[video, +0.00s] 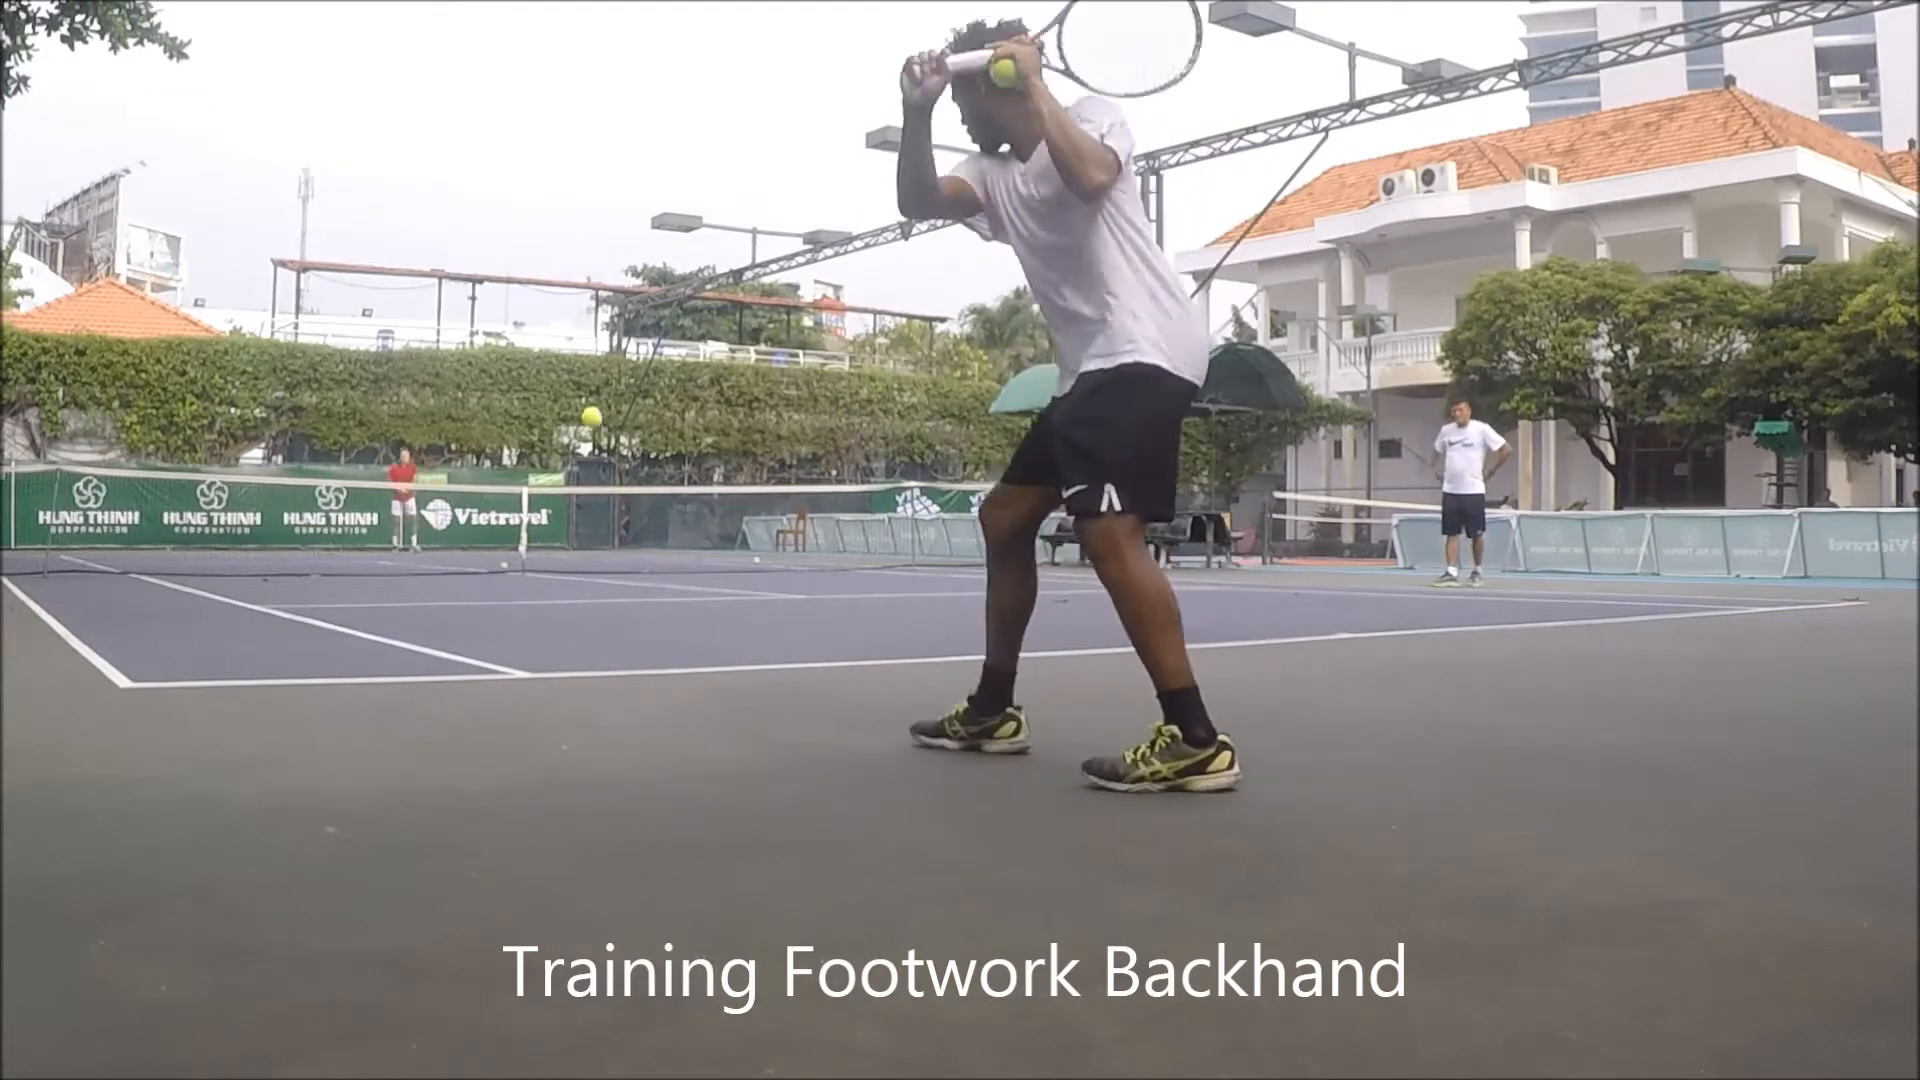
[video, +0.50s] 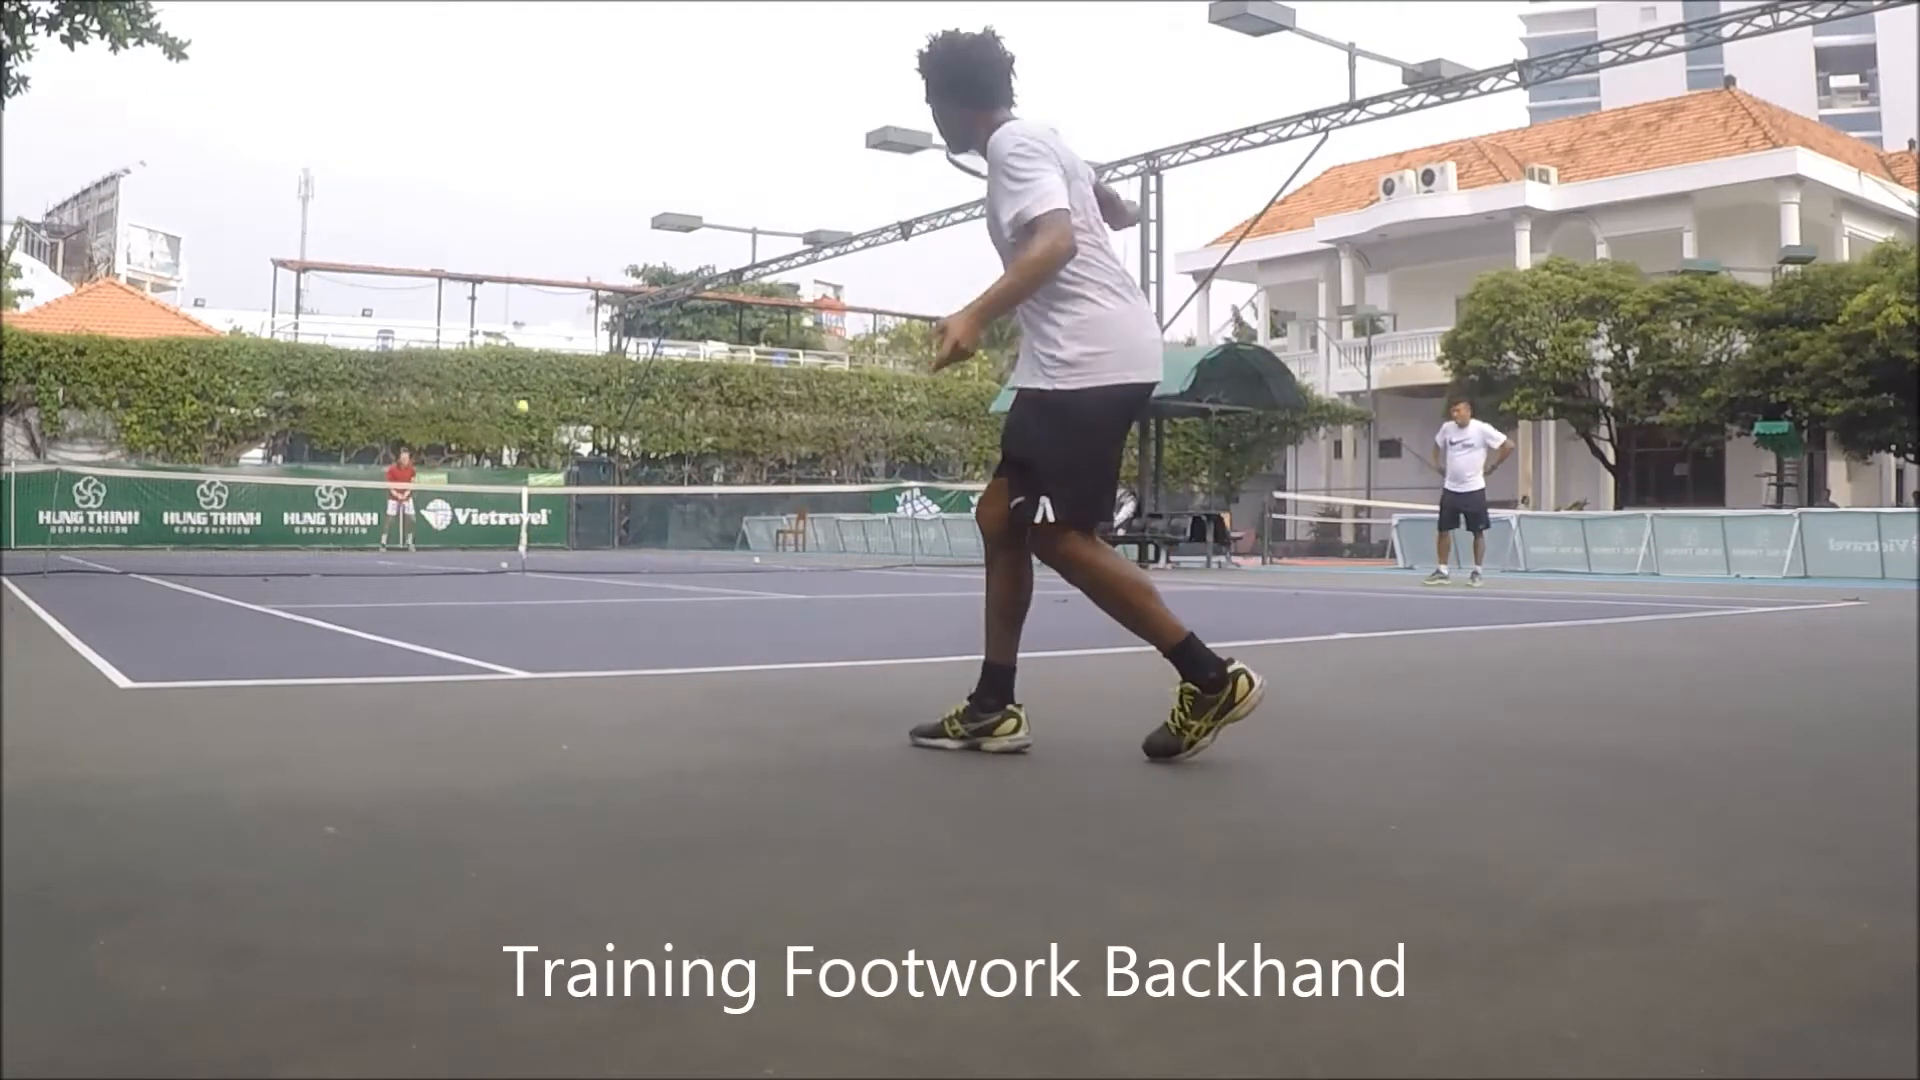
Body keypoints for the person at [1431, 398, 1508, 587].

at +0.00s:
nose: (1458, 414)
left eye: (1461, 410)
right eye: (1455, 411)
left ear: (1469, 411)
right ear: (1451, 414)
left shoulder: (1481, 428)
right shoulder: (1446, 430)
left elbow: (1505, 449)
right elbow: (1436, 451)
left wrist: (1490, 472)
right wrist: (1436, 470)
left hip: (1473, 488)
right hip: (1451, 488)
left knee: (1476, 534)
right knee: (1451, 533)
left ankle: (1477, 570)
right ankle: (1451, 572)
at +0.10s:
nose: (1460, 414)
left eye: (1464, 410)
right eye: (1458, 411)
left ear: (1473, 411)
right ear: (1454, 413)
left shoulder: (1484, 429)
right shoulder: (1448, 430)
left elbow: (1507, 451)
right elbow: (1435, 452)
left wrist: (1491, 473)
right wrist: (1439, 473)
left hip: (1476, 488)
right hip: (1452, 488)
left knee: (1479, 533)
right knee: (1452, 532)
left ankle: (1477, 570)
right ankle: (1451, 570)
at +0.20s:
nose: (1462, 414)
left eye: (1465, 410)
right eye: (1460, 411)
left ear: (1475, 411)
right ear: (1456, 413)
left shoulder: (1486, 429)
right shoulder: (1449, 429)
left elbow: (1508, 450)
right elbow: (1438, 449)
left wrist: (1493, 472)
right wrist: (1440, 471)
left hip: (1477, 487)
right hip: (1453, 486)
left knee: (1479, 533)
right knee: (1451, 530)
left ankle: (1477, 570)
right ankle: (1451, 569)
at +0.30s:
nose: (1463, 414)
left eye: (1466, 410)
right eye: (1460, 411)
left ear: (1475, 411)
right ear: (1457, 413)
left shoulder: (1486, 429)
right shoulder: (1450, 429)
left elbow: (1508, 450)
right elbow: (1438, 448)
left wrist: (1493, 471)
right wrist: (1440, 470)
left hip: (1477, 487)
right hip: (1453, 487)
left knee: (1480, 533)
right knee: (1449, 530)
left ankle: (1477, 570)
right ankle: (1450, 569)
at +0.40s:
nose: (1459, 414)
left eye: (1463, 410)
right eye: (1457, 411)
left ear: (1473, 411)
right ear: (1454, 413)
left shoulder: (1485, 429)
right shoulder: (1449, 428)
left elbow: (1508, 449)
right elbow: (1438, 447)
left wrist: (1491, 471)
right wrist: (1440, 468)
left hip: (1476, 488)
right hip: (1452, 487)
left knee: (1479, 533)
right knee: (1445, 529)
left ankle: (1477, 570)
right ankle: (1447, 569)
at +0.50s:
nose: (1455, 414)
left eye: (1458, 410)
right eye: (1453, 411)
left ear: (1469, 411)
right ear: (1451, 414)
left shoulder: (1482, 428)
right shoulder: (1447, 428)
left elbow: (1508, 446)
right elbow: (1437, 445)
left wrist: (1492, 467)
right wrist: (1437, 464)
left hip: (1474, 488)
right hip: (1451, 487)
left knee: (1478, 532)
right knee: (1443, 529)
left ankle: (1477, 571)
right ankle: (1442, 570)